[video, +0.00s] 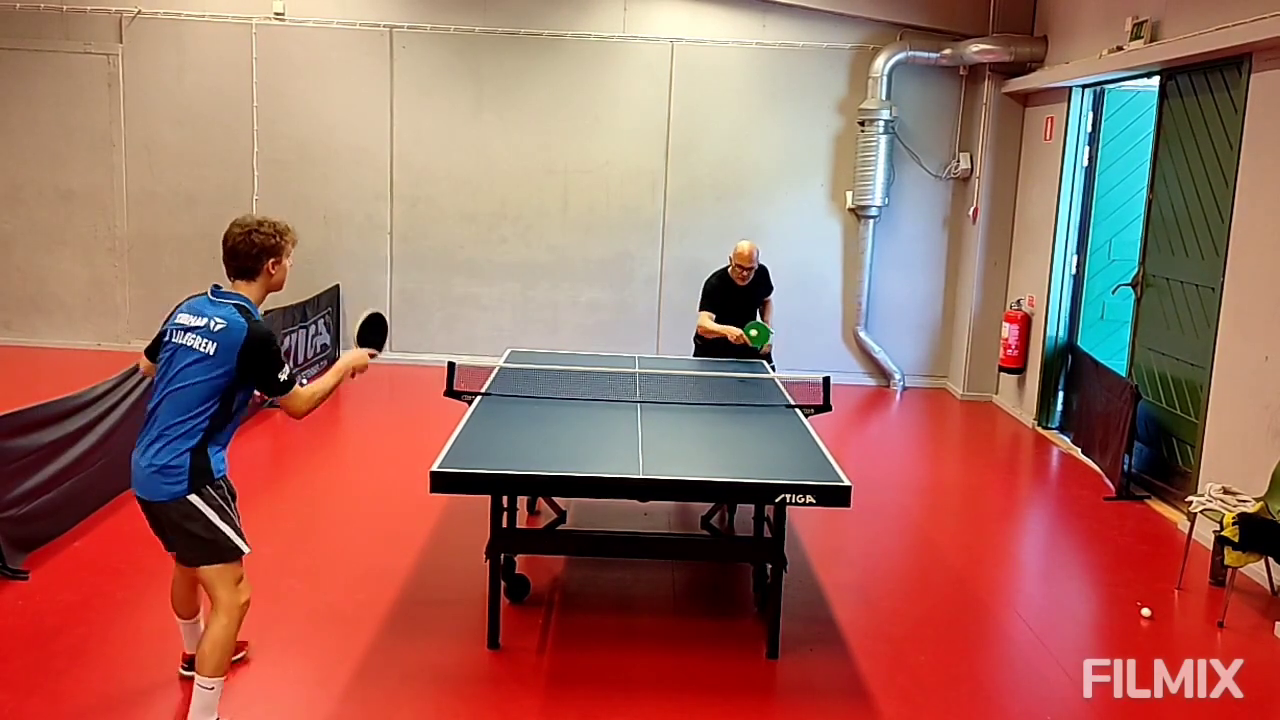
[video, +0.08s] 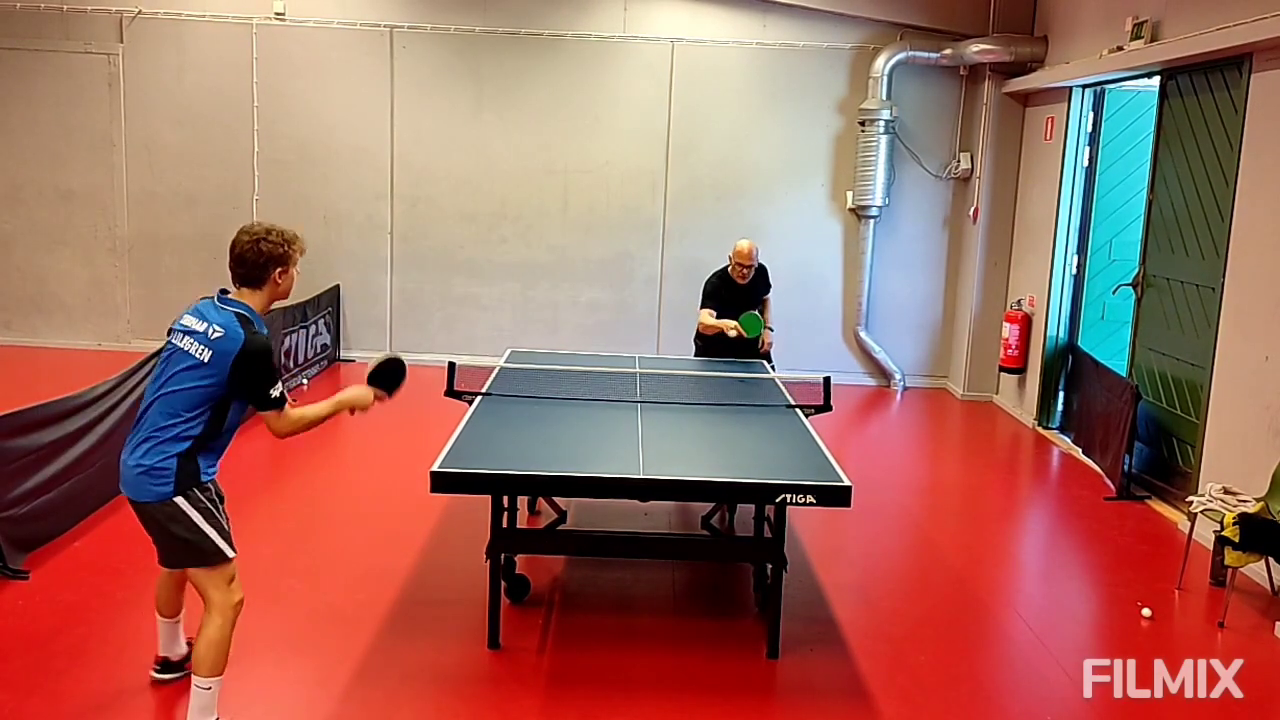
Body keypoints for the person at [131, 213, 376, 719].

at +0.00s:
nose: (288, 268)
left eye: (286, 259)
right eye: (285, 259)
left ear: (232, 263)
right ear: (269, 267)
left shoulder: (191, 305)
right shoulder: (252, 331)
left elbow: (149, 363)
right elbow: (298, 403)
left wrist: (215, 382)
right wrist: (344, 364)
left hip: (150, 471)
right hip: (187, 480)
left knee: (188, 563)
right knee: (231, 599)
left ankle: (195, 653)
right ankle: (202, 715)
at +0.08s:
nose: (293, 279)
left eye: (294, 270)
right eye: (292, 271)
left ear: (238, 271)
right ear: (277, 277)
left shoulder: (199, 310)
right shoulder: (250, 338)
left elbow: (181, 384)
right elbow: (282, 423)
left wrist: (263, 393)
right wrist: (345, 400)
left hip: (140, 467)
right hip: (175, 481)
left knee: (176, 561)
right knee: (225, 599)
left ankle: (170, 655)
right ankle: (202, 715)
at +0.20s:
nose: (306, 314)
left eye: (306, 305)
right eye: (304, 306)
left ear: (257, 302)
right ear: (285, 312)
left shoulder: (226, 331)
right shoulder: (234, 376)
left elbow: (237, 389)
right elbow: (233, 469)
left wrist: (292, 404)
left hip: (130, 464)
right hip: (143, 483)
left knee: (152, 563)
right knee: (210, 598)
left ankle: (107, 653)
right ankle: (201, 716)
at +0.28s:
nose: (304, 342)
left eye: (305, 333)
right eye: (303, 334)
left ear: (259, 328)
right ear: (284, 341)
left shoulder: (242, 353)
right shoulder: (219, 400)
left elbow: (264, 396)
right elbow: (203, 492)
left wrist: (311, 419)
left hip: (142, 473)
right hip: (132, 489)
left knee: (144, 571)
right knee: (208, 599)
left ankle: (77, 654)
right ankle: (200, 716)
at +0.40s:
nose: (304, 400)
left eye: (303, 393)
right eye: (300, 394)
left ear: (267, 393)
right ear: (274, 401)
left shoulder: (256, 406)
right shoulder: (186, 447)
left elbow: (312, 428)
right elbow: (129, 516)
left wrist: (341, 461)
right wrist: (88, 573)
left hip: (157, 494)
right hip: (122, 501)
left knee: (143, 583)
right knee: (209, 598)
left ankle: (67, 658)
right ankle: (198, 714)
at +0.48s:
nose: (307, 419)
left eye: (306, 413)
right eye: (301, 414)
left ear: (270, 414)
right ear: (272, 421)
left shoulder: (264, 418)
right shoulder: (184, 454)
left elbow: (320, 437)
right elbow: (118, 502)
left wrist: (353, 486)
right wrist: (70, 554)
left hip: (162, 494)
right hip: (128, 498)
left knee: (145, 585)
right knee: (208, 598)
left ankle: (66, 660)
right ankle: (196, 717)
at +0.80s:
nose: (330, 342)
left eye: (330, 332)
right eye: (322, 333)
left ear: (283, 333)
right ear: (285, 338)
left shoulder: (238, 343)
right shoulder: (249, 412)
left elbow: (197, 365)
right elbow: (322, 479)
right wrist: (406, 475)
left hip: (217, 493)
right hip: (199, 515)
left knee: (234, 566)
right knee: (276, 622)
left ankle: (147, 629)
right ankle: (208, 716)